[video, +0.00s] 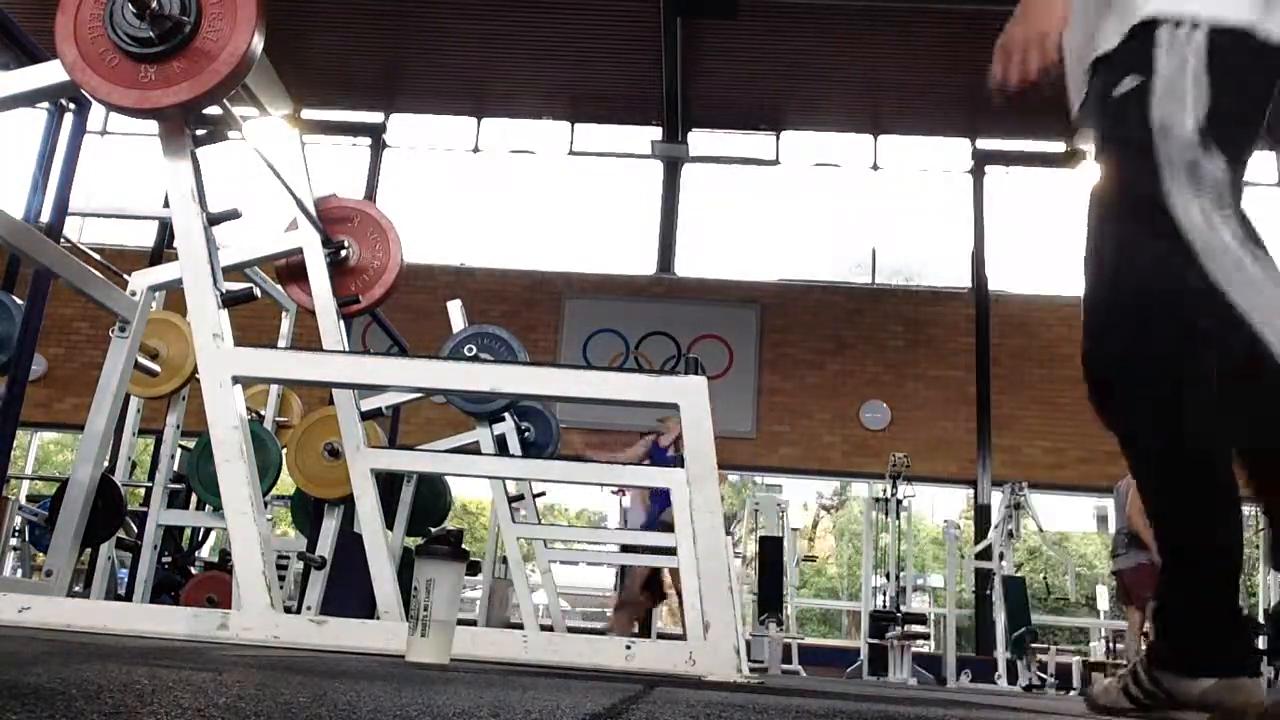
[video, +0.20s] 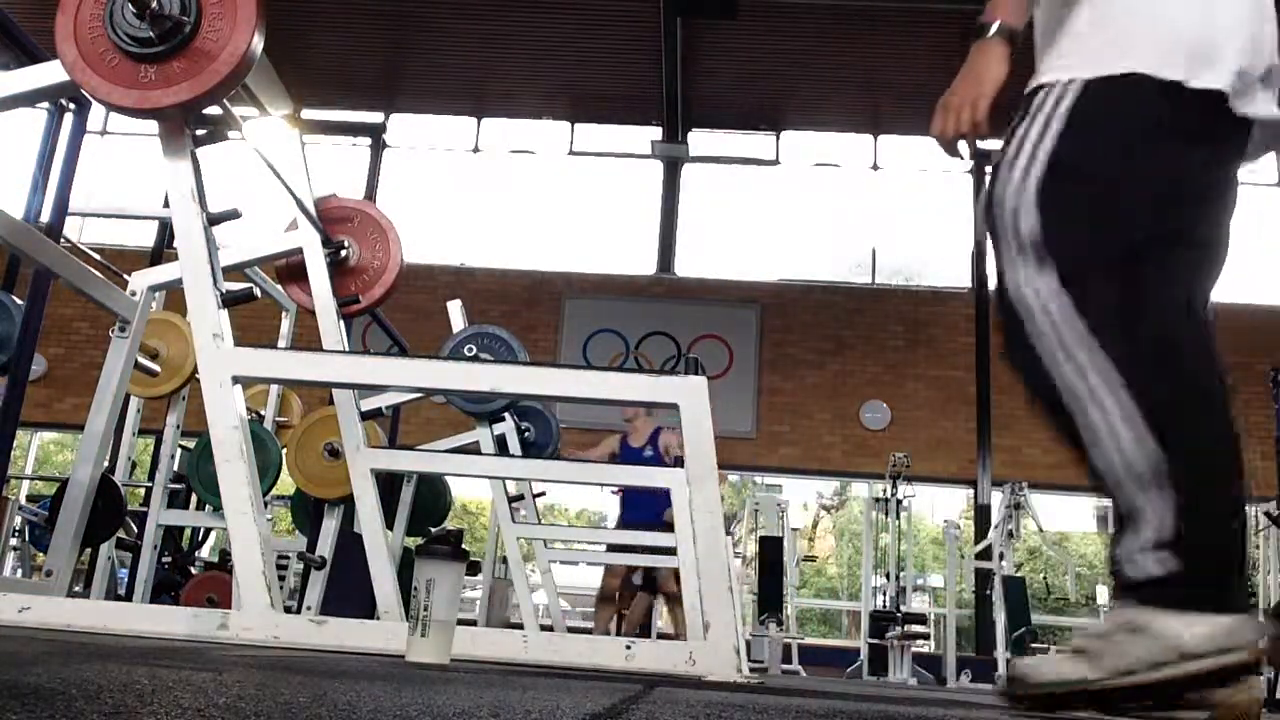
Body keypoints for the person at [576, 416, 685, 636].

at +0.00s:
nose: (667, 427)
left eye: (673, 423)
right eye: (666, 423)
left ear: (683, 425)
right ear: (663, 425)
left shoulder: (692, 447)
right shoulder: (653, 442)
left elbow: (720, 477)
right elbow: (625, 457)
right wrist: (590, 454)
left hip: (684, 521)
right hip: (657, 518)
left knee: (682, 581)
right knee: (638, 572)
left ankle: (693, 633)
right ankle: (620, 623)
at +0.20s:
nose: (623, 407)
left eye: (629, 402)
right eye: (623, 402)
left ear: (643, 406)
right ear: (629, 409)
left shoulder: (666, 437)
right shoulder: (618, 441)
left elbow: (692, 469)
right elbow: (588, 456)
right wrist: (558, 452)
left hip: (661, 523)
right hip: (627, 523)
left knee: (668, 585)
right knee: (610, 582)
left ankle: (684, 639)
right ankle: (598, 639)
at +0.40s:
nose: (596, 406)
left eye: (602, 401)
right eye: (596, 401)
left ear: (619, 405)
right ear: (604, 408)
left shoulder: (644, 432)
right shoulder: (592, 441)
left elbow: (667, 469)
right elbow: (567, 463)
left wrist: (662, 499)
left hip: (641, 517)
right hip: (608, 517)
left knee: (643, 580)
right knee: (600, 580)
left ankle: (650, 640)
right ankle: (596, 640)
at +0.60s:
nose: (588, 407)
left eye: (594, 403)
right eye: (589, 403)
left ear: (610, 406)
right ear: (599, 409)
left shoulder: (634, 432)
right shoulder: (583, 438)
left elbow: (656, 471)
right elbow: (555, 460)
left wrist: (646, 497)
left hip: (627, 518)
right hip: (596, 518)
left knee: (623, 580)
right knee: (594, 580)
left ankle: (624, 634)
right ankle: (594, 639)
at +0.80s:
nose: (590, 410)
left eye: (596, 405)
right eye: (591, 405)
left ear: (612, 409)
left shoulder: (634, 436)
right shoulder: (583, 435)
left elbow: (651, 473)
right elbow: (557, 456)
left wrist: (634, 495)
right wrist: (576, 448)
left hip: (619, 518)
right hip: (589, 517)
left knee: (613, 580)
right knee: (591, 579)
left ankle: (607, 636)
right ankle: (593, 638)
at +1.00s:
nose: (595, 412)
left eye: (600, 407)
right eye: (594, 408)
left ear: (616, 410)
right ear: (595, 411)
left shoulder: (635, 441)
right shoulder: (586, 436)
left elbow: (648, 479)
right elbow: (559, 457)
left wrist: (629, 498)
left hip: (616, 520)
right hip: (586, 517)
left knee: (611, 580)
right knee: (583, 577)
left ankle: (605, 636)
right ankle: (589, 634)